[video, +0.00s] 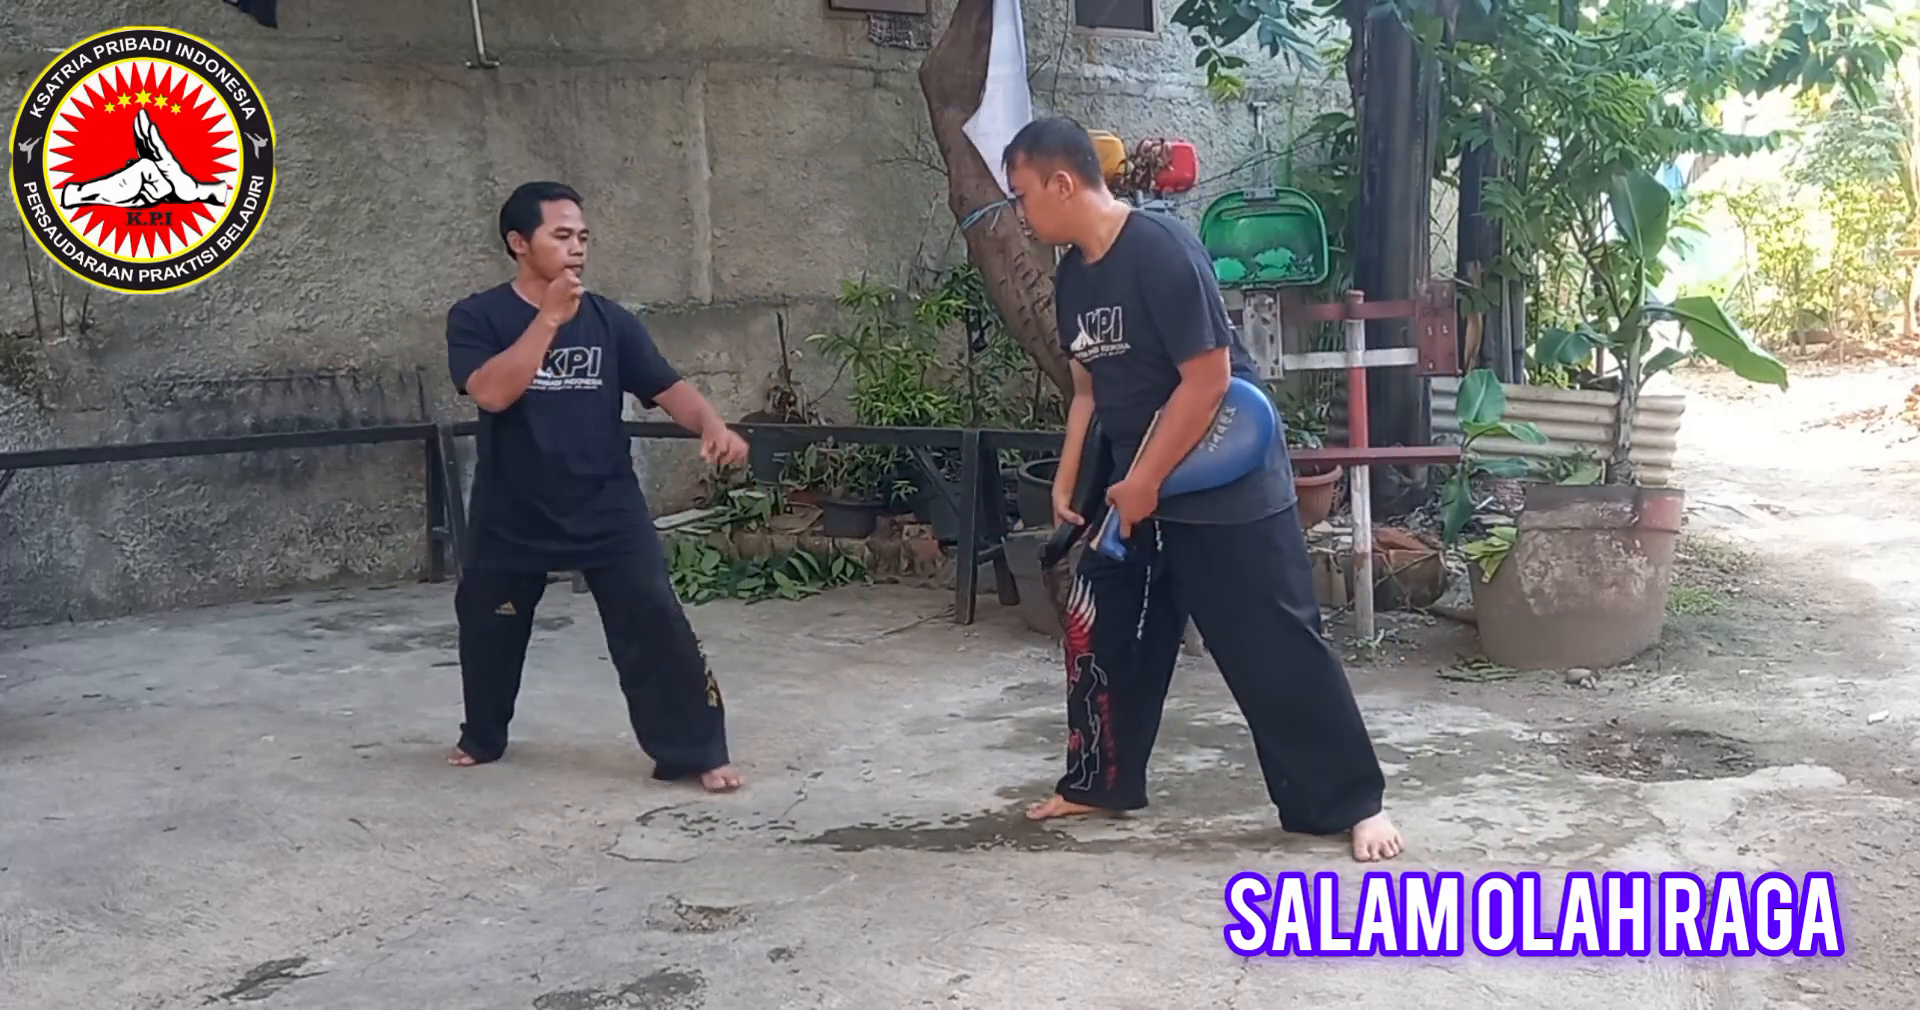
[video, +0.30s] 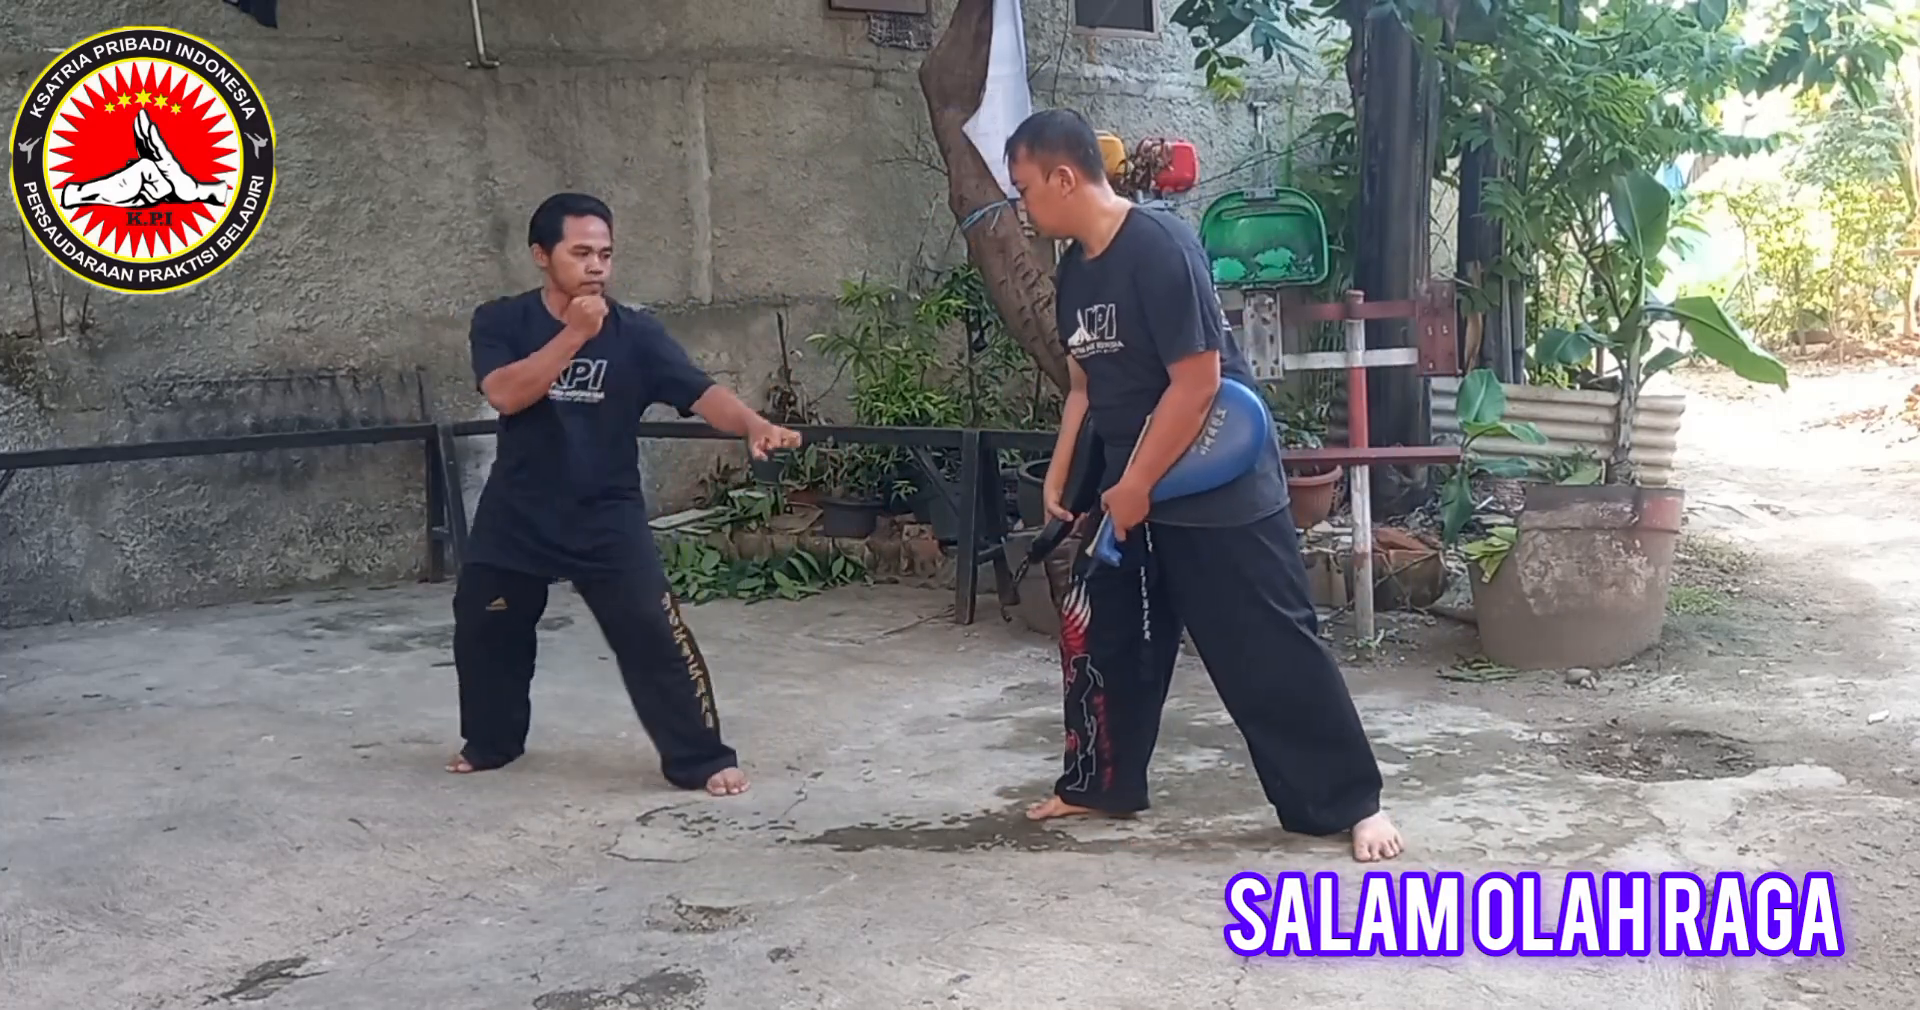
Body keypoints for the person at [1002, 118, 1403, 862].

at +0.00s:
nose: (1021, 217)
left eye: (1022, 199)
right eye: (1016, 203)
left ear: (1064, 182)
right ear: (1061, 185)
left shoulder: (1163, 247)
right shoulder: (1073, 271)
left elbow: (1207, 378)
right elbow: (1089, 386)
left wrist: (1145, 477)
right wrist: (1069, 477)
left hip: (1223, 486)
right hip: (1136, 491)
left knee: (1279, 640)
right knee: (1113, 638)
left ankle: (1361, 805)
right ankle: (1102, 783)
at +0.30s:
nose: (1021, 209)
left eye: (1022, 192)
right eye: (1017, 195)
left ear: (1064, 177)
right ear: (1065, 178)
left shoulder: (1160, 244)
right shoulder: (1074, 266)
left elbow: (1197, 382)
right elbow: (1086, 383)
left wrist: (1138, 482)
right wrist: (1060, 474)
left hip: (1214, 481)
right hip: (1128, 486)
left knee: (1278, 642)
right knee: (1113, 640)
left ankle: (1358, 806)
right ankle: (1104, 784)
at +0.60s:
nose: (1020, 206)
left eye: (1022, 189)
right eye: (1016, 192)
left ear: (1066, 176)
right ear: (1065, 177)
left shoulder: (1158, 247)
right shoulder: (1074, 265)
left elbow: (1192, 384)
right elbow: (1084, 385)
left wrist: (1131, 482)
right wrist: (1056, 475)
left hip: (1213, 487)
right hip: (1129, 491)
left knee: (1277, 645)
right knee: (1111, 643)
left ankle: (1358, 805)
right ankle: (1101, 786)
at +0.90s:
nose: (1018, 209)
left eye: (1020, 192)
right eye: (1015, 195)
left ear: (1064, 179)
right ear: (1062, 181)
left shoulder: (1156, 249)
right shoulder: (1071, 266)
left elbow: (1191, 385)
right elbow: (1081, 386)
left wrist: (1127, 481)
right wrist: (1051, 474)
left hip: (1211, 489)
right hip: (1125, 493)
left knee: (1274, 647)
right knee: (1105, 644)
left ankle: (1359, 806)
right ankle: (1099, 787)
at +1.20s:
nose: (1006, 240)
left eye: (1009, 222)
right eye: (1002, 226)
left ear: (1053, 211)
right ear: (1047, 215)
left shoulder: (1159, 266)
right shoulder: (1051, 297)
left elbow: (1218, 383)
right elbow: (1001, 371)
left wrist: (1131, 458)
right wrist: (925, 330)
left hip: (1234, 500)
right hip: (1137, 502)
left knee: (1291, 648)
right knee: (1101, 639)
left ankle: (1380, 801)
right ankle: (1102, 787)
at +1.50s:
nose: (1031, 230)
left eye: (1035, 213)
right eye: (1026, 215)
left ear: (1083, 200)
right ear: (1073, 205)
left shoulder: (1183, 262)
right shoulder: (1071, 288)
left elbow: (1235, 383)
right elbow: (1023, 369)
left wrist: (1146, 453)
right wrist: (946, 330)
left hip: (1246, 493)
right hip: (1147, 494)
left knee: (1311, 641)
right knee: (1108, 637)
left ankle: (1400, 805)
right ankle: (1105, 785)